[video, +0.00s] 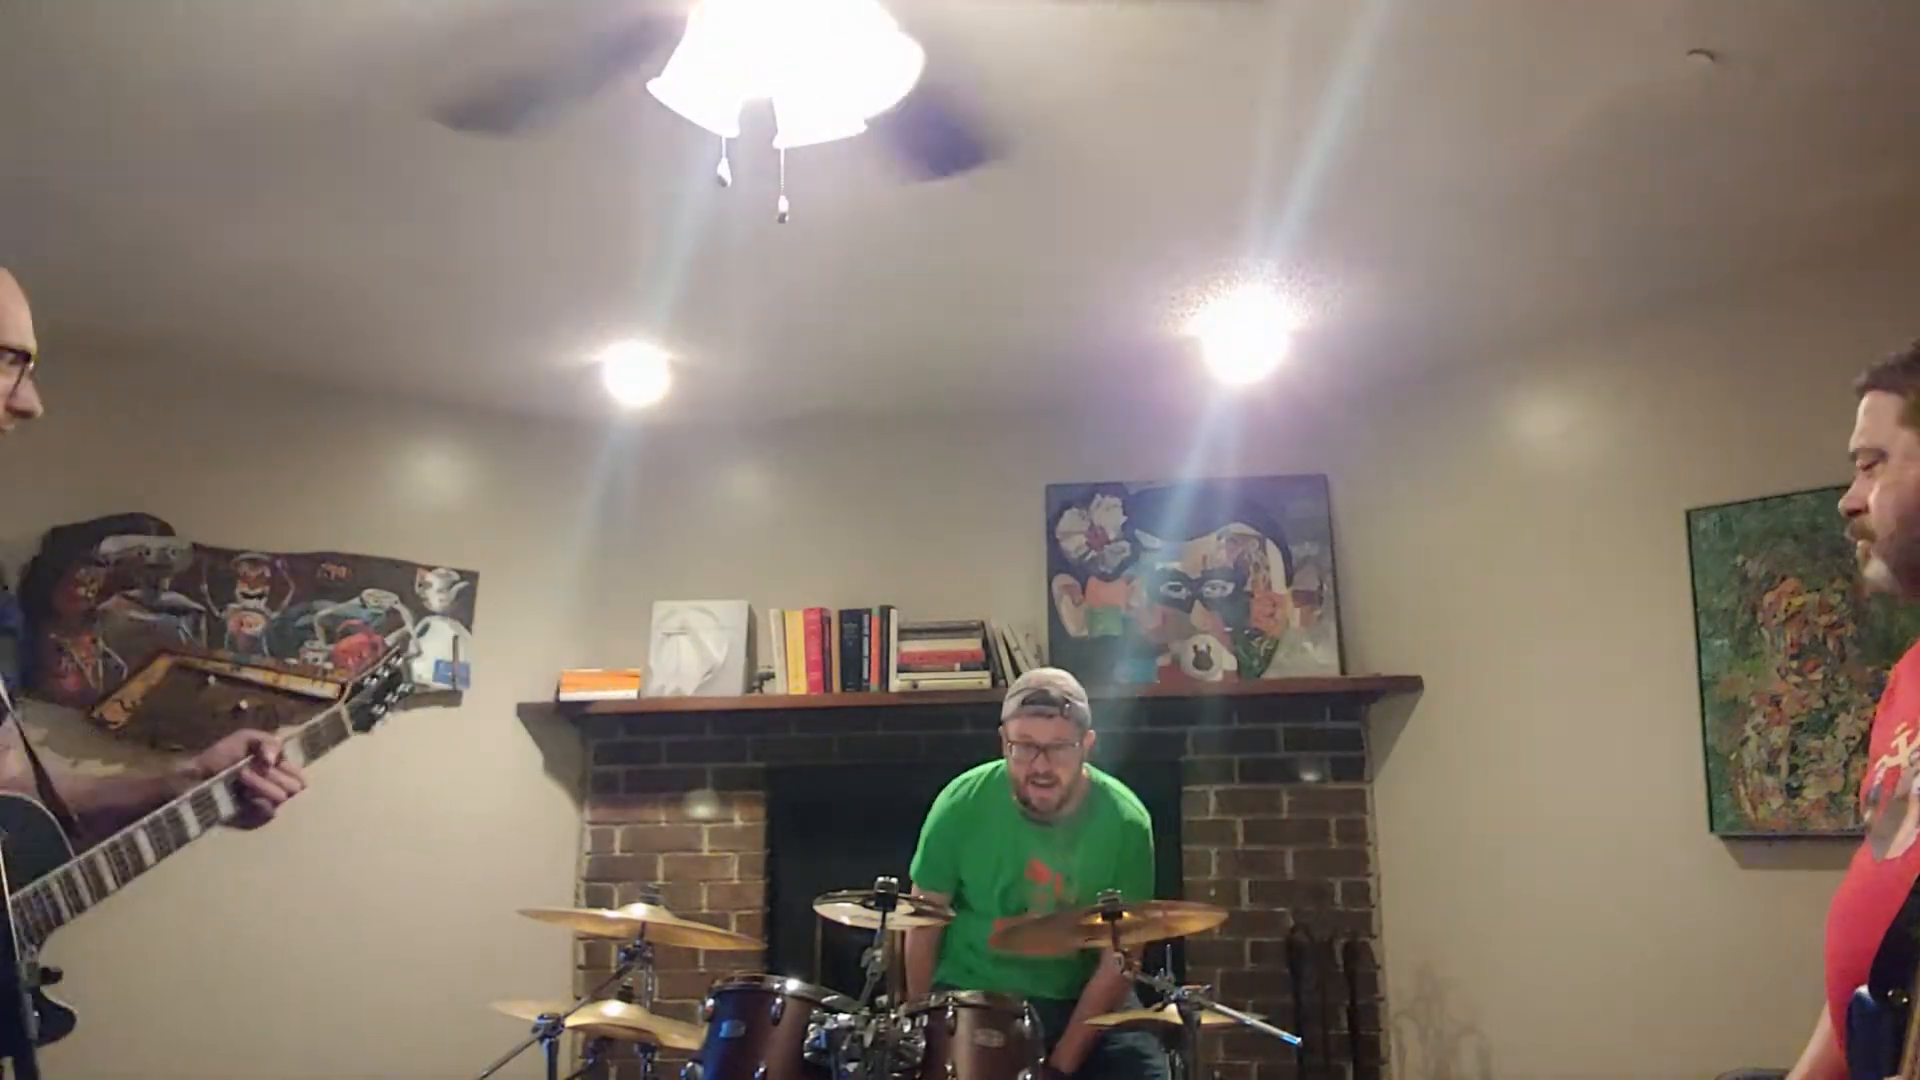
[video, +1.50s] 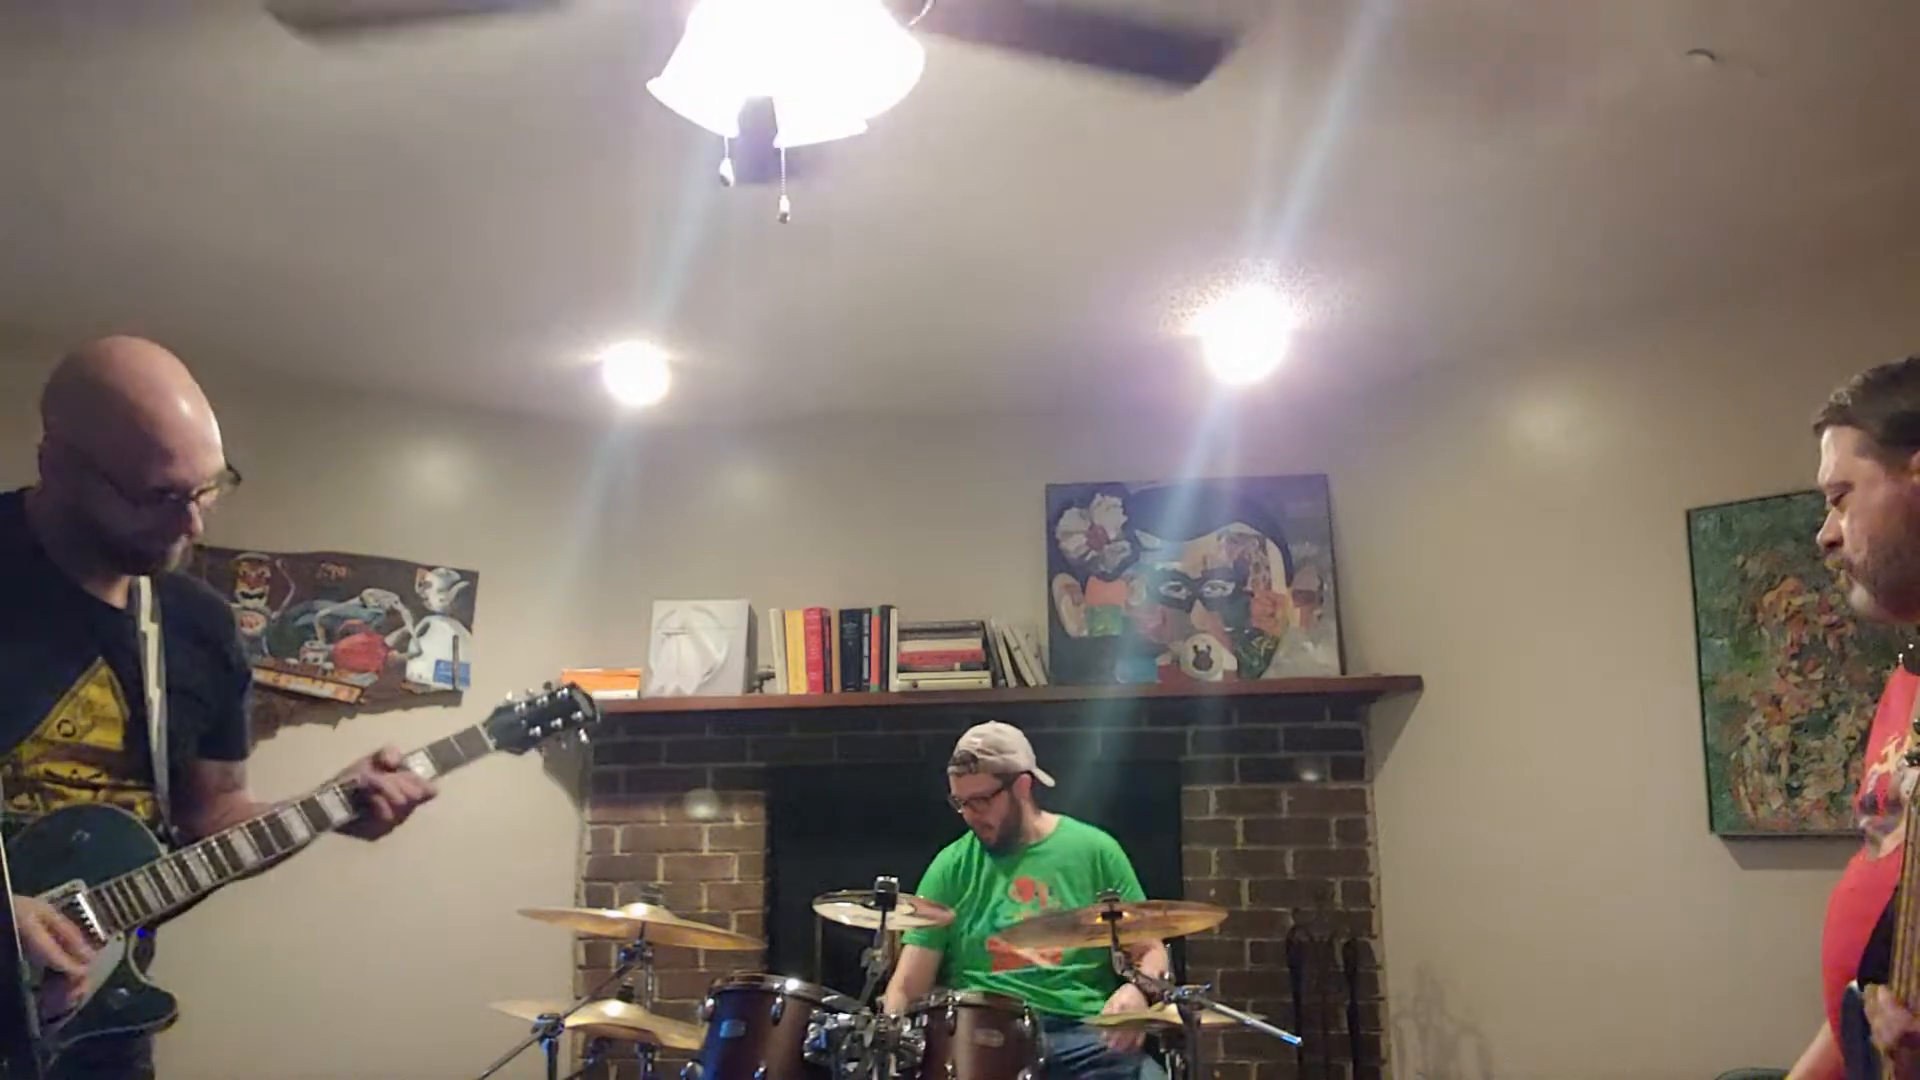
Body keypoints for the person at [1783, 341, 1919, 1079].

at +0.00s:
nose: (1849, 500)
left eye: (1874, 464)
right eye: (1855, 470)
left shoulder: (1910, 674)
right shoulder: (1908, 674)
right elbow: (1879, 906)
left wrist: (1816, 1065)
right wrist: (1811, 1068)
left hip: (1900, 1055)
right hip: (1860, 1049)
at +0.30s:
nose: (1840, 518)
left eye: (1858, 479)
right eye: (1843, 487)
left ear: (1919, 474)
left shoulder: (1906, 695)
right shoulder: (1902, 693)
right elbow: (1879, 970)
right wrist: (1819, 1066)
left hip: (1898, 1053)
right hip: (1866, 1047)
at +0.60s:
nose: (1833, 523)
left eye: (1850, 486)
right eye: (1836, 493)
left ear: (1918, 476)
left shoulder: (1914, 650)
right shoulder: (1910, 653)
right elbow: (1887, 871)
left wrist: (1847, 1055)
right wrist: (1831, 1052)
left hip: (1895, 1044)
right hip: (1867, 1034)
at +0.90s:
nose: (1828, 531)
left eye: (1846, 492)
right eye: (1831, 500)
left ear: (1915, 475)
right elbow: (1881, 894)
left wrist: (1873, 1059)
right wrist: (1817, 1061)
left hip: (1898, 1047)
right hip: (1864, 1038)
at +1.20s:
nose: (1827, 533)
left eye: (1843, 494)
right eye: (1829, 502)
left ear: (1915, 476)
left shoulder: (1907, 686)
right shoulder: (1901, 686)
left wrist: (1890, 1054)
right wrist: (1812, 1064)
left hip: (1901, 1055)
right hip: (1861, 1047)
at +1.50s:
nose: (1825, 535)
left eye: (1841, 496)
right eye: (1826, 506)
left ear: (1913, 475)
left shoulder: (1907, 689)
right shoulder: (1902, 691)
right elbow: (1888, 924)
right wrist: (1812, 1064)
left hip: (1901, 1052)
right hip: (1871, 1051)